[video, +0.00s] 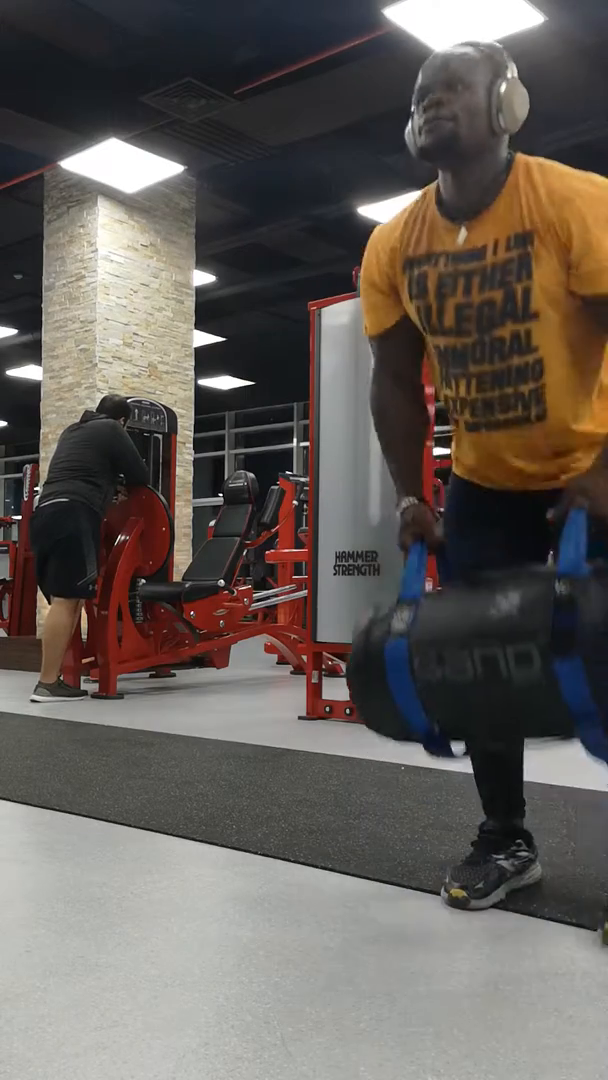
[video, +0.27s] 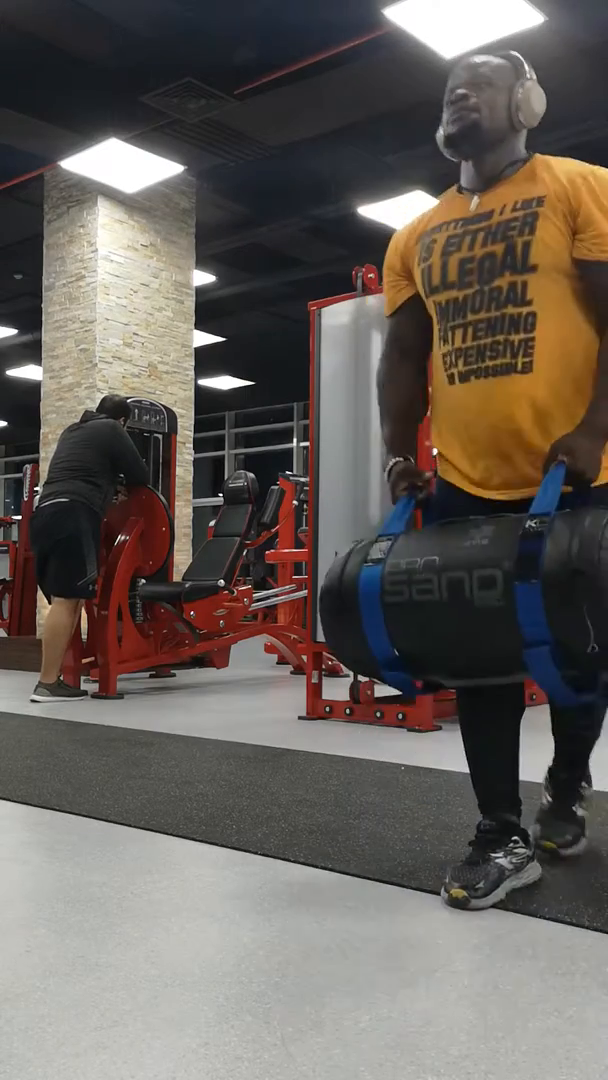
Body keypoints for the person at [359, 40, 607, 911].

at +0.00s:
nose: (424, 109)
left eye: (445, 93)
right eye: (418, 99)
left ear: (503, 105)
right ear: (414, 123)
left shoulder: (576, 202)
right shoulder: (395, 242)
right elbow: (394, 376)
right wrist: (408, 491)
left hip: (590, 468)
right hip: (485, 477)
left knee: (596, 646)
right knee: (476, 649)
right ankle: (504, 835)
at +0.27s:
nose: (459, 101)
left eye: (479, 87)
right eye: (450, 92)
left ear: (527, 104)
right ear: (441, 119)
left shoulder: (578, 187)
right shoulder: (414, 237)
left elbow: (607, 323)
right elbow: (403, 356)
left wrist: (595, 429)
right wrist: (400, 456)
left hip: (571, 473)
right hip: (462, 484)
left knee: (578, 645)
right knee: (477, 652)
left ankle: (567, 787)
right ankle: (500, 829)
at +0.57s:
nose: (496, 153)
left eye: (515, 139)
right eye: (489, 145)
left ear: (562, 151)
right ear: (480, 165)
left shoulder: (592, 231)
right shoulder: (451, 263)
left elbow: (607, 351)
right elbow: (431, 368)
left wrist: (600, 447)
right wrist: (419, 450)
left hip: (568, 482)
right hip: (467, 485)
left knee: (570, 647)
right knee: (466, 645)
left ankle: (563, 796)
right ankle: (464, 810)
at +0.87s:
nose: (498, 175)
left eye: (515, 164)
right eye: (485, 165)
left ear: (545, 177)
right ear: (465, 182)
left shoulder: (582, 254)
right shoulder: (436, 273)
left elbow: (601, 361)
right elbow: (417, 368)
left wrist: (594, 444)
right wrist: (411, 445)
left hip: (550, 477)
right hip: (454, 480)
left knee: (564, 630)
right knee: (437, 619)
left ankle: (563, 788)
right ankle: (440, 748)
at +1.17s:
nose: (447, 231)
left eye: (460, 218)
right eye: (435, 222)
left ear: (490, 218)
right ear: (419, 231)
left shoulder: (529, 286)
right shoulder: (398, 311)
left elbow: (563, 375)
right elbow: (385, 401)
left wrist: (539, 456)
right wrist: (385, 478)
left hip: (510, 501)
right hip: (423, 506)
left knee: (538, 636)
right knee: (422, 635)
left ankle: (554, 788)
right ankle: (435, 761)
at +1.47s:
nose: (447, 242)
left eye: (459, 229)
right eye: (436, 232)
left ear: (487, 227)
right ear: (421, 235)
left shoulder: (527, 290)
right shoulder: (402, 308)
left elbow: (552, 381)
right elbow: (388, 393)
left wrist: (518, 455)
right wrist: (377, 465)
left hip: (500, 490)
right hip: (416, 494)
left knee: (514, 620)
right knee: (417, 626)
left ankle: (528, 760)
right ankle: (433, 760)